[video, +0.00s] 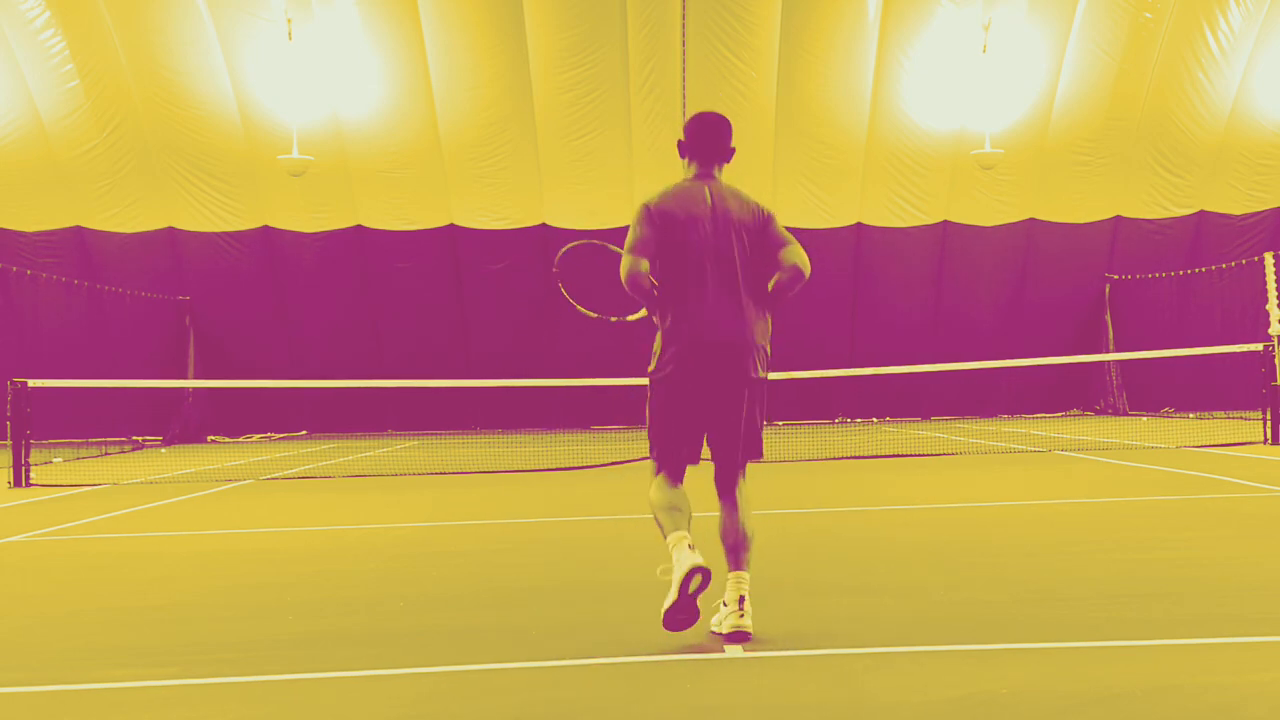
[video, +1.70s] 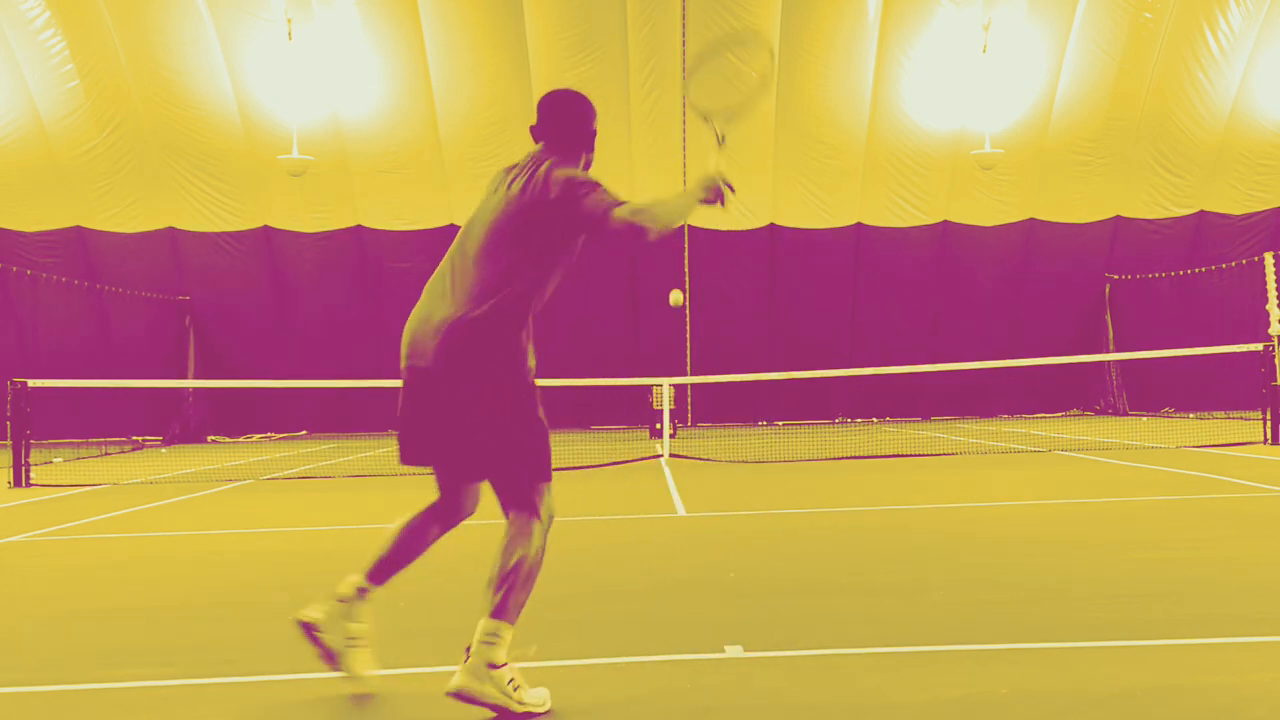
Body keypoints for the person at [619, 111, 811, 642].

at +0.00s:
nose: (691, 159)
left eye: (686, 150)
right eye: (717, 153)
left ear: (683, 152)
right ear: (730, 156)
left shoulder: (658, 207)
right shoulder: (754, 211)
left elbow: (633, 272)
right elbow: (797, 266)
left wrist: (659, 307)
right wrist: (761, 303)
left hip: (682, 357)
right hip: (740, 359)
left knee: (667, 473)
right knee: (731, 483)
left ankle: (684, 556)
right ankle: (737, 603)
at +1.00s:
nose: (700, 169)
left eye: (674, 160)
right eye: (706, 160)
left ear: (660, 161)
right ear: (710, 163)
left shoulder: (626, 219)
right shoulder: (734, 223)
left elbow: (610, 303)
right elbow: (762, 301)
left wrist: (624, 346)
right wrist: (722, 326)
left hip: (646, 367)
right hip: (715, 368)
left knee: (629, 482)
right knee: (719, 483)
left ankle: (609, 585)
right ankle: (734, 604)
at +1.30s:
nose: (642, 173)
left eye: (629, 165)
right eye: (644, 166)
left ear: (592, 167)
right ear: (644, 167)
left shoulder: (556, 227)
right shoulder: (655, 225)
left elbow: (552, 310)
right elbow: (679, 318)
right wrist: (661, 366)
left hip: (563, 383)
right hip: (634, 377)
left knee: (594, 511)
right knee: (678, 492)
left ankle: (548, 622)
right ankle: (704, 614)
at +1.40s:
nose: (626, 165)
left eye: (621, 155)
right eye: (627, 156)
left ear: (575, 158)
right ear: (625, 158)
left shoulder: (541, 213)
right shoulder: (628, 214)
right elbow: (657, 309)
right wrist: (653, 345)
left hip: (526, 368)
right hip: (589, 363)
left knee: (582, 504)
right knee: (647, 488)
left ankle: (543, 637)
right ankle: (630, 620)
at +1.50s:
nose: (614, 134)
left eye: (607, 125)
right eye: (616, 125)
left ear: (564, 124)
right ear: (616, 126)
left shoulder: (531, 177)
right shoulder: (610, 182)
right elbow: (654, 276)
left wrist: (654, 281)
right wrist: (681, 302)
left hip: (486, 324)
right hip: (549, 324)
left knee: (536, 479)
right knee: (602, 471)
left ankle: (531, 619)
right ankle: (561, 603)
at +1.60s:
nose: (603, 124)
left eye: (596, 114)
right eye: (605, 114)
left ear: (551, 113)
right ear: (606, 115)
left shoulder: (517, 159)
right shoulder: (603, 170)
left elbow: (543, 228)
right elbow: (675, 244)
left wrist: (612, 225)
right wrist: (709, 242)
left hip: (449, 319)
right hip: (514, 320)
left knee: (494, 471)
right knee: (562, 473)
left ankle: (460, 615)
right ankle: (525, 609)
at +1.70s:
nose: (591, 148)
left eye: (588, 138)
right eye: (590, 138)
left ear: (537, 134)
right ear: (587, 137)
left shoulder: (509, 178)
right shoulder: (564, 182)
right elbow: (639, 220)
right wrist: (697, 193)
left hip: (428, 350)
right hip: (488, 357)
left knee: (455, 501)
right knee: (531, 510)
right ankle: (486, 662)